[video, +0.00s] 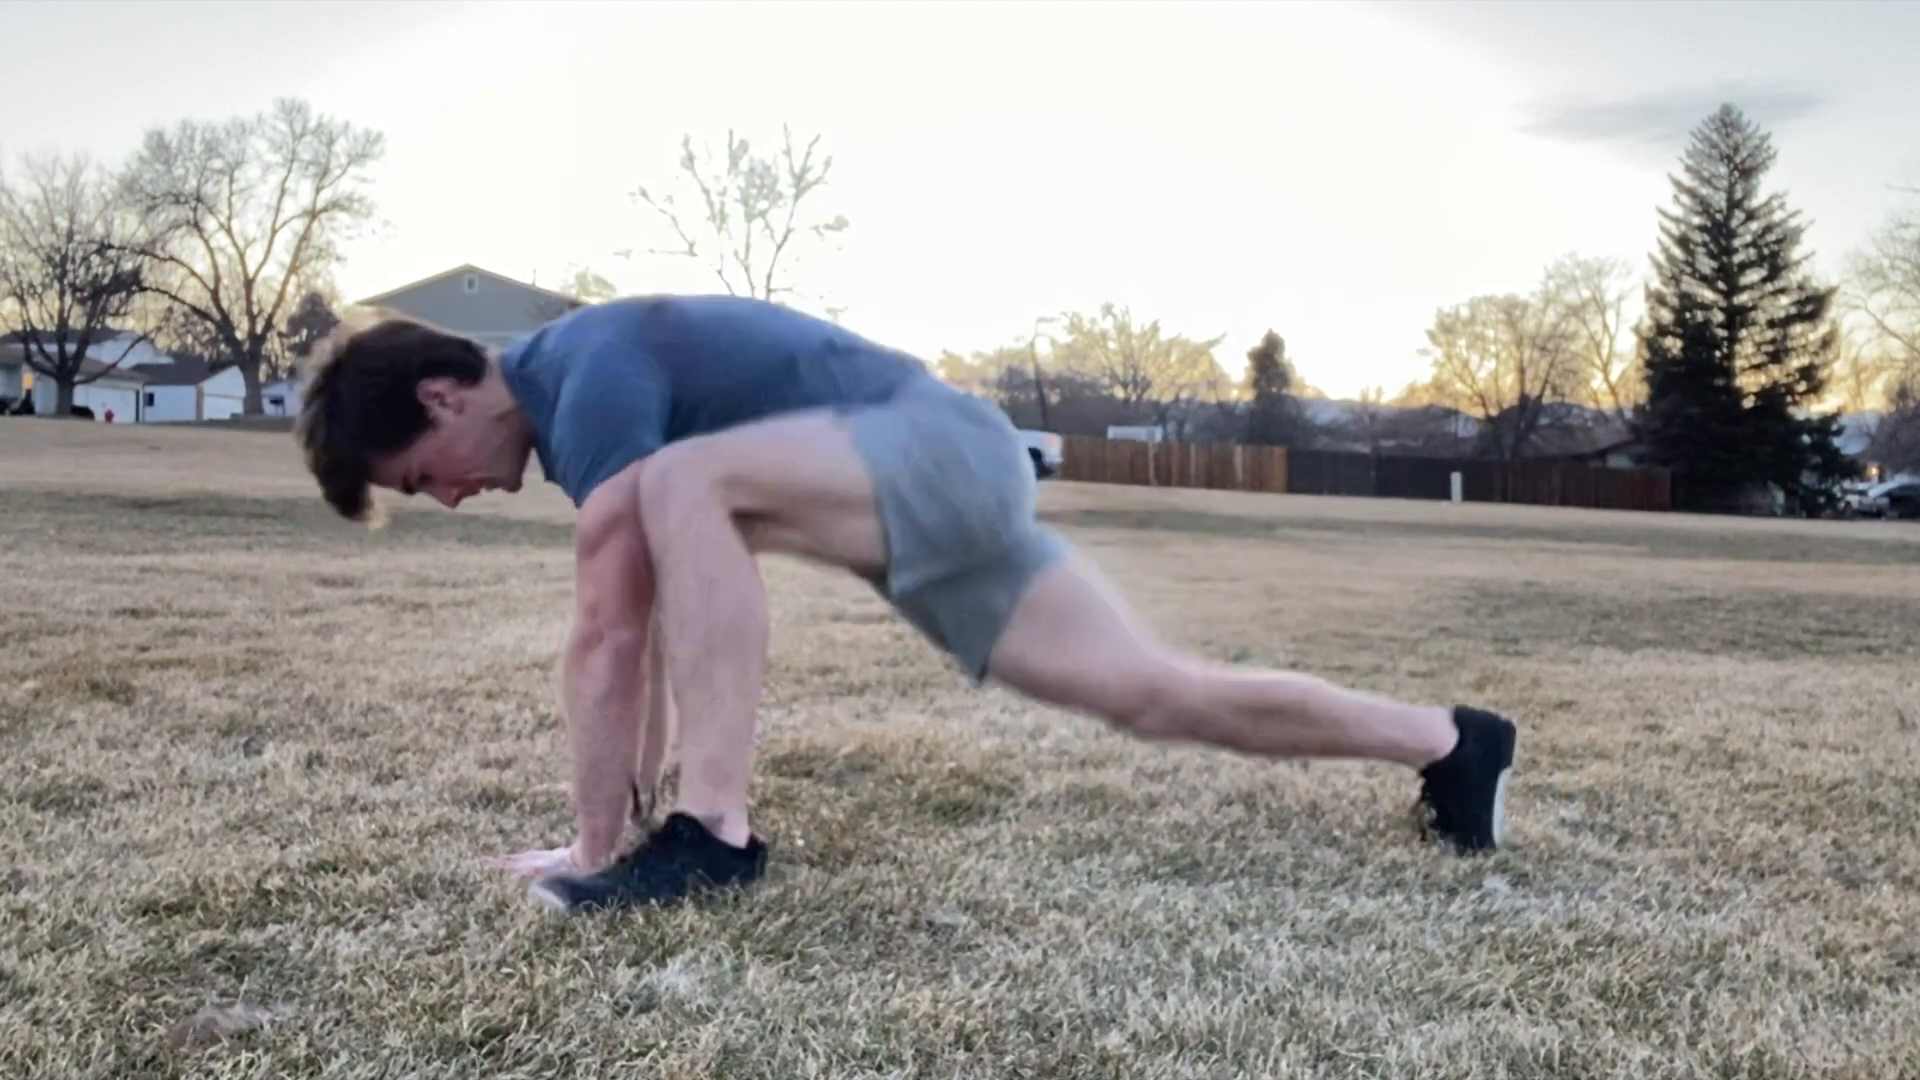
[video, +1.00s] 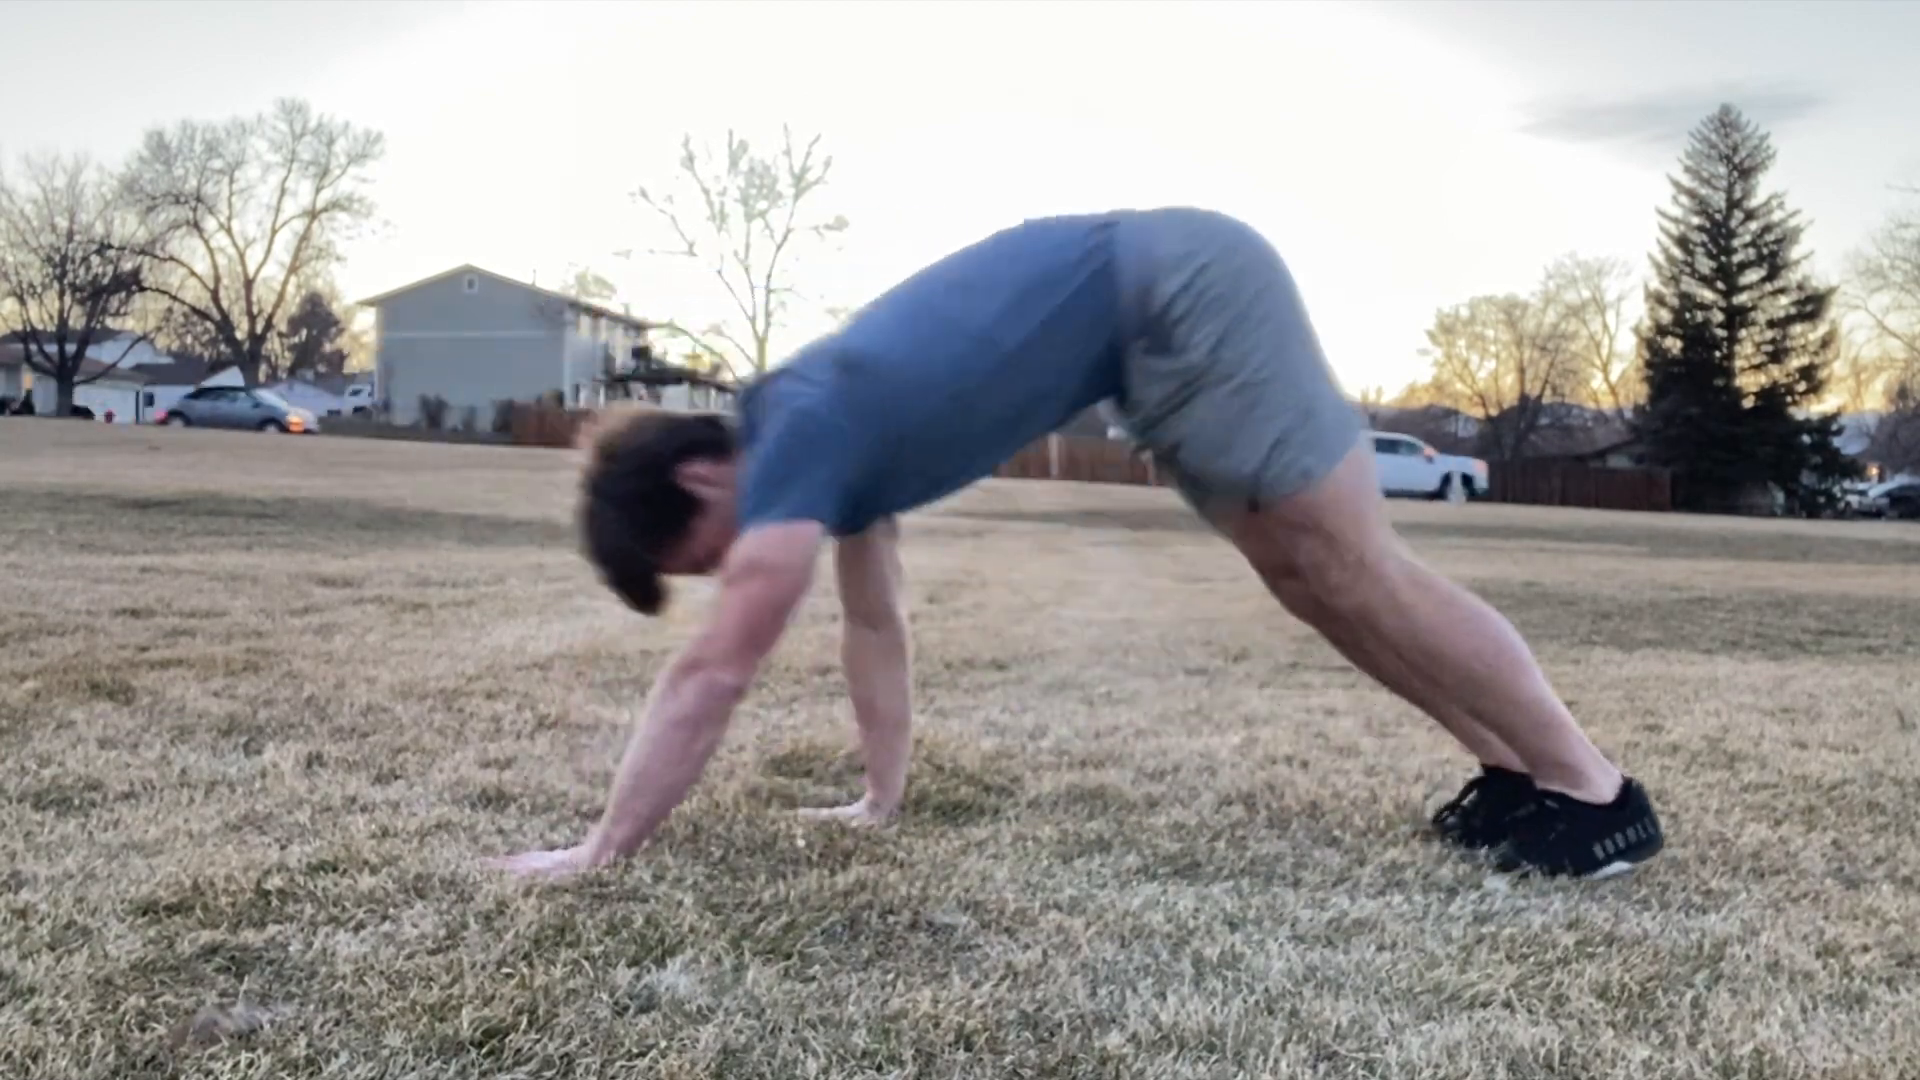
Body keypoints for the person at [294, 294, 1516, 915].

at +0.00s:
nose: (447, 495)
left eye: (424, 473)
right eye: (420, 490)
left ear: (447, 398)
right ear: (449, 402)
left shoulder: (593, 378)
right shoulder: (574, 408)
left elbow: (610, 623)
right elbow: (646, 627)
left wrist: (615, 846)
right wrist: (616, 823)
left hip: (941, 445)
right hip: (941, 509)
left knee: (678, 487)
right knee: (1143, 687)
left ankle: (712, 838)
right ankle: (1446, 743)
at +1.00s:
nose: (723, 570)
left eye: (703, 554)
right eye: (705, 563)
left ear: (699, 485)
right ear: (707, 479)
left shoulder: (795, 426)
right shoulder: (824, 435)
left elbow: (717, 668)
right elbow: (874, 629)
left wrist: (604, 847)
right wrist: (885, 798)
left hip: (1184, 285)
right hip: (1149, 328)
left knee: (1355, 575)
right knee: (1313, 584)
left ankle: (1598, 796)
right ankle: (1525, 775)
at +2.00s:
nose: (1226, 431)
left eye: (1208, 406)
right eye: (1202, 421)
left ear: (1244, 331)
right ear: (1244, 327)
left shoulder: (1380, 298)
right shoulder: (1329, 343)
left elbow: (1409, 544)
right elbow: (1359, 539)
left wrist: (1398, 751)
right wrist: (1376, 717)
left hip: (1717, 224)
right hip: (1608, 262)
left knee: (1615, 511)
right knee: (1530, 513)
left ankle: (1644, 825)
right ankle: (1570, 790)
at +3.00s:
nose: (524, 469)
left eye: (511, 440)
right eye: (504, 453)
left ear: (560, 381)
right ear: (565, 390)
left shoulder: (698, 380)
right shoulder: (707, 405)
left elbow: (635, 653)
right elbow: (801, 594)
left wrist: (563, 861)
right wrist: (833, 784)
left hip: (1087, 359)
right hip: (1045, 410)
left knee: (1300, 626)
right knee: (1243, 644)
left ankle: (1598, 787)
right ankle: (1510, 749)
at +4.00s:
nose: (442, 513)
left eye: (417, 492)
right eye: (417, 506)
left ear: (436, 415)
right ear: (442, 416)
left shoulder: (595, 371)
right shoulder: (570, 405)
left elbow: (594, 635)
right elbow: (602, 642)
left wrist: (555, 859)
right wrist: (571, 845)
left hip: (955, 395)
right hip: (940, 459)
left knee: (715, 458)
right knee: (1166, 642)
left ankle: (798, 808)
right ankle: (1446, 732)